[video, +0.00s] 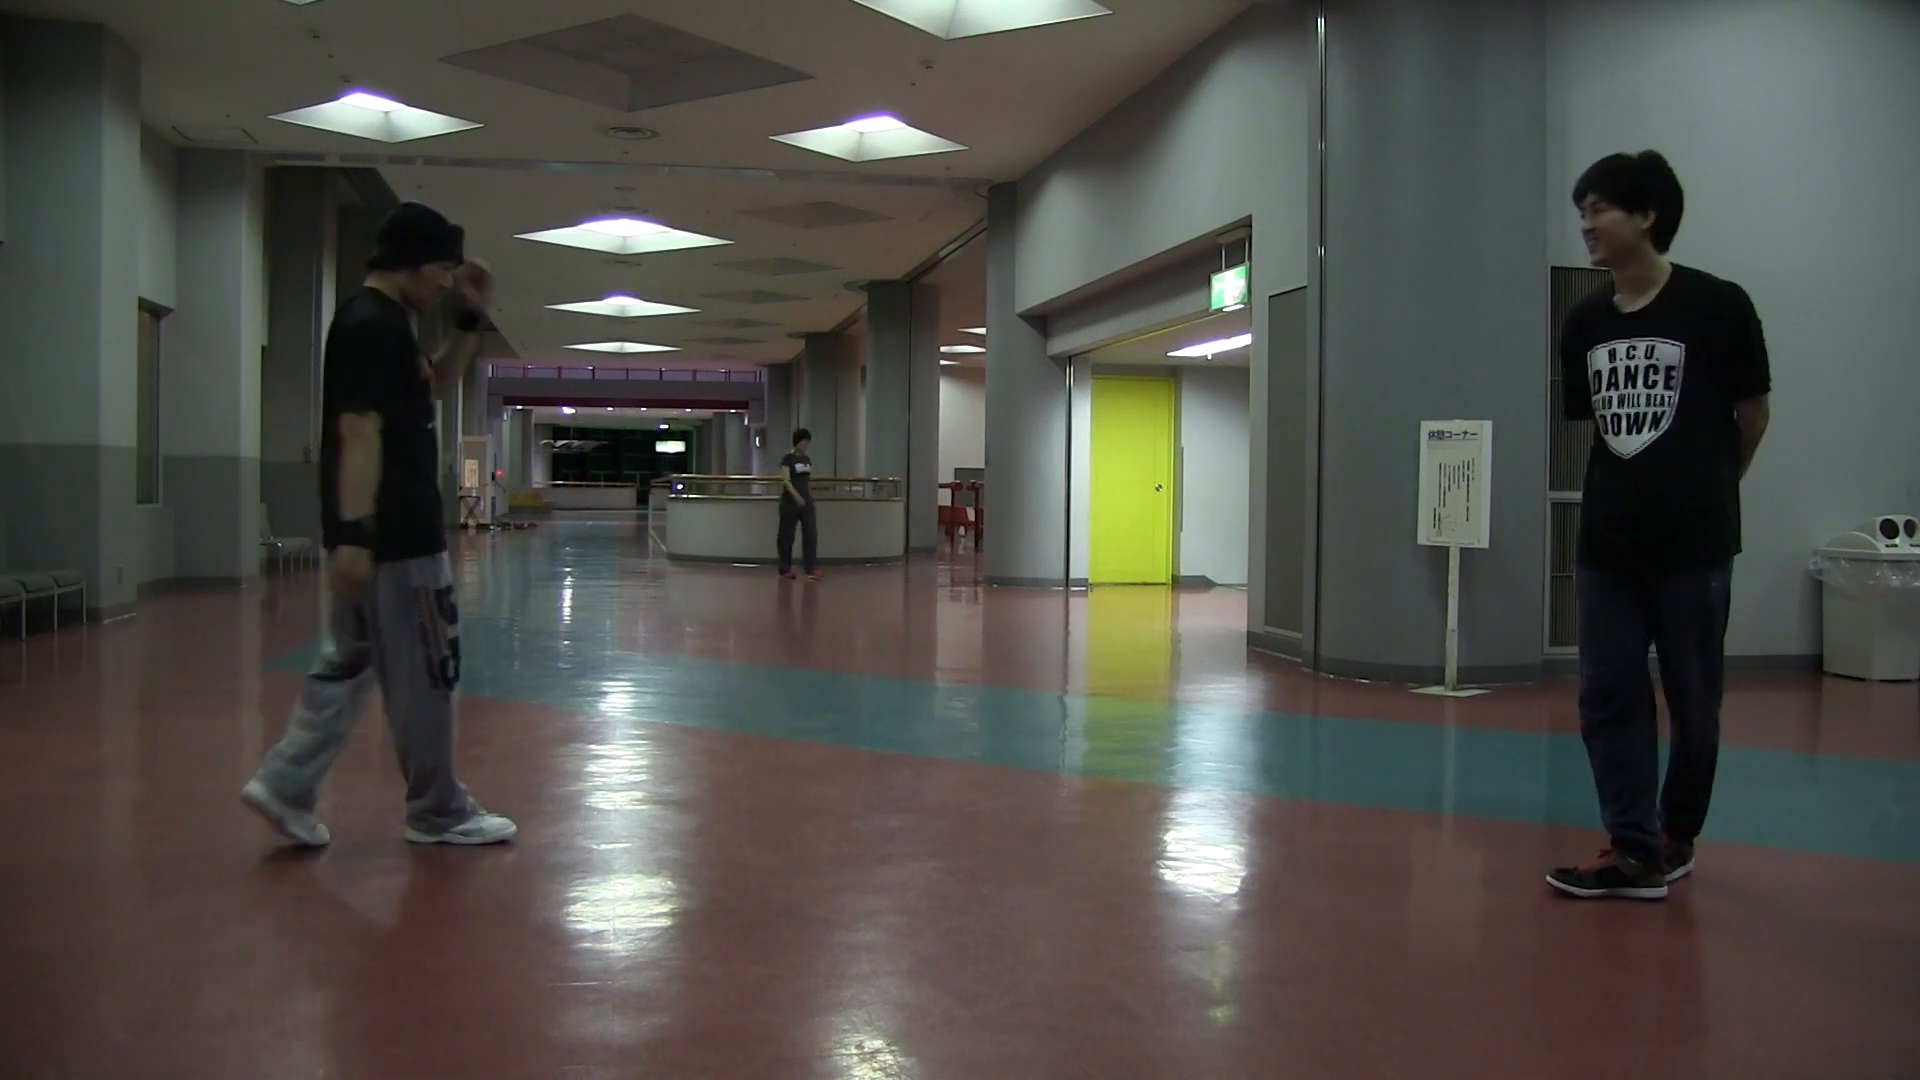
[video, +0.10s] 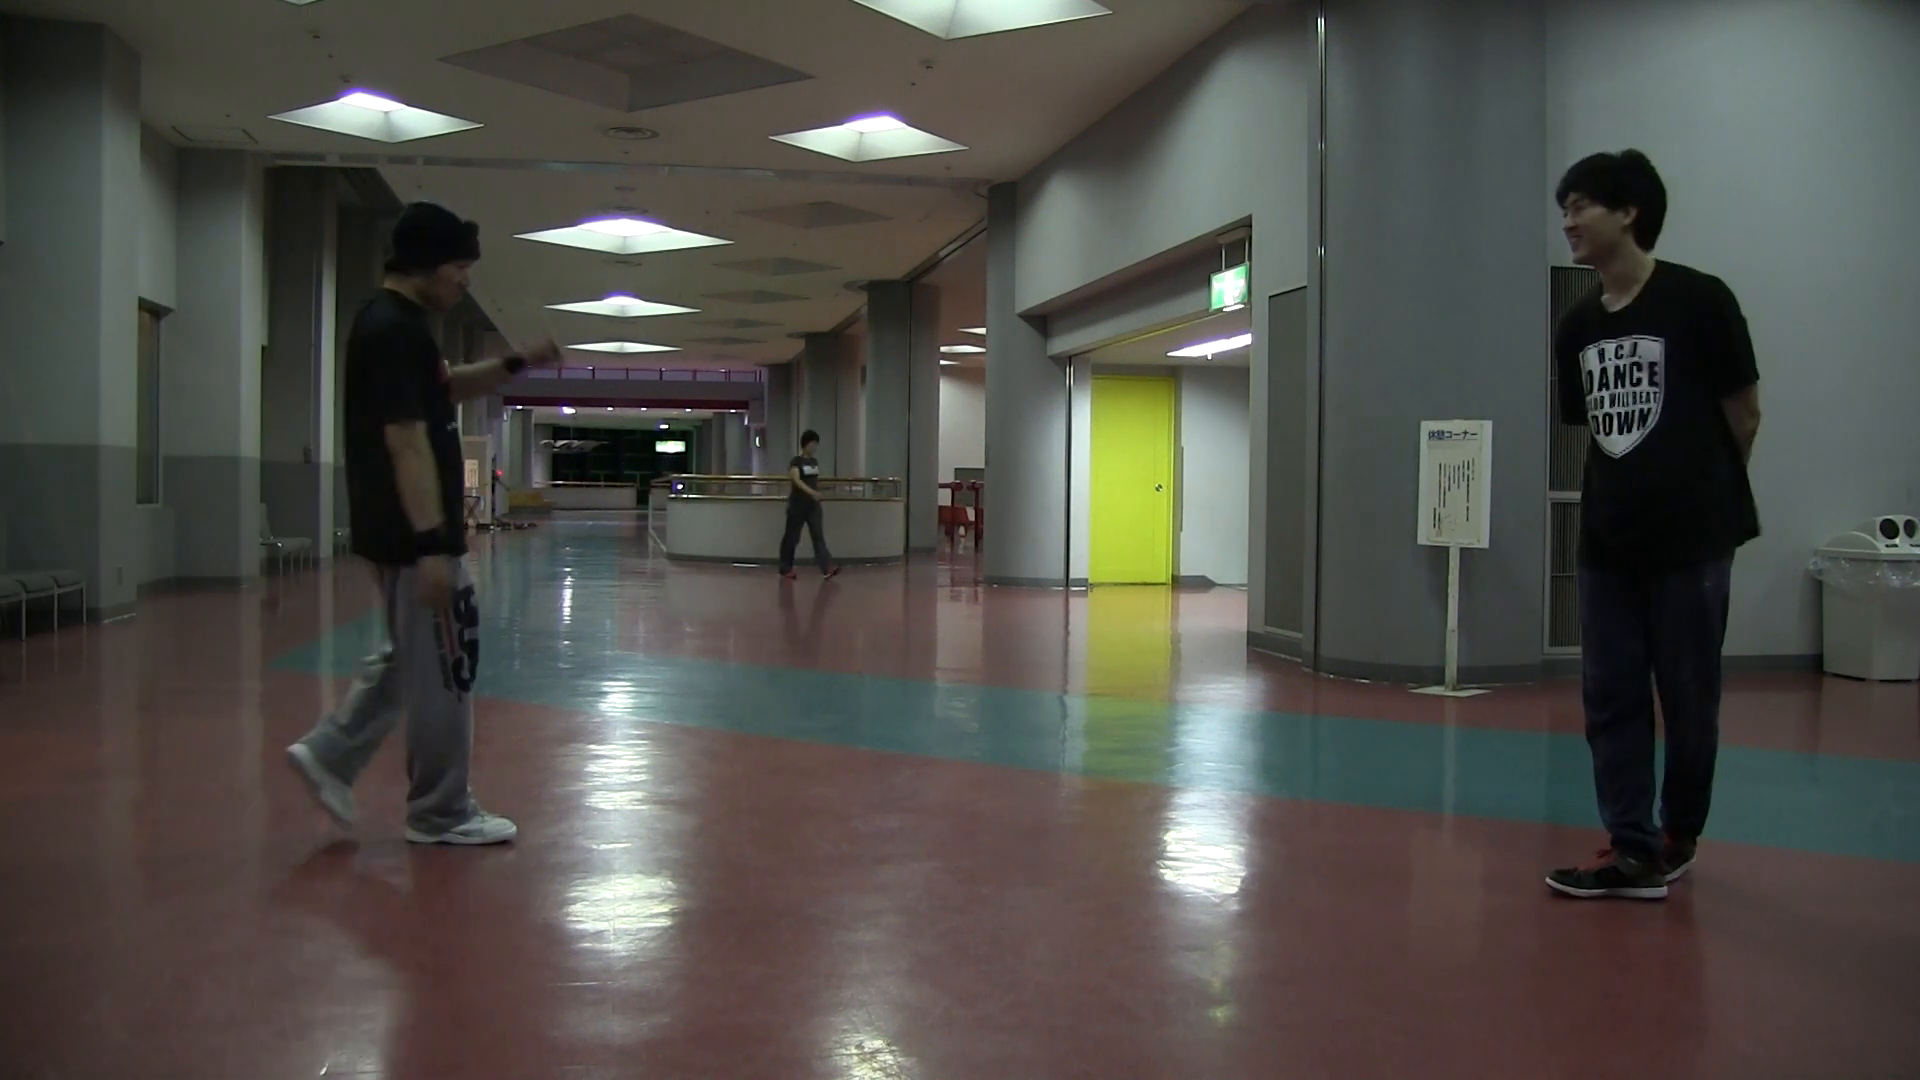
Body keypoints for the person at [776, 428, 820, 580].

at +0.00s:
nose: (806, 446)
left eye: (807, 442)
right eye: (805, 442)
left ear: (807, 443)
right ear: (798, 442)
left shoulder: (806, 460)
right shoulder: (787, 459)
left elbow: (805, 481)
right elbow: (786, 481)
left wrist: (808, 496)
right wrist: (797, 497)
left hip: (805, 499)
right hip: (790, 500)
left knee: (810, 534)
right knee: (786, 535)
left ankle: (810, 567)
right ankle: (785, 568)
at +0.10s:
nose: (815, 447)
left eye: (816, 444)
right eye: (813, 443)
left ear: (814, 445)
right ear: (806, 444)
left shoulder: (813, 462)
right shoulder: (796, 462)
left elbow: (812, 482)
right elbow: (797, 481)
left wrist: (815, 497)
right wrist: (813, 493)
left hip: (812, 503)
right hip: (798, 504)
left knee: (818, 536)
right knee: (791, 537)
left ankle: (827, 568)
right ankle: (785, 568)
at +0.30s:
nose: (834, 446)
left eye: (835, 442)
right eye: (832, 442)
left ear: (834, 444)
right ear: (823, 443)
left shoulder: (832, 461)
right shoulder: (814, 459)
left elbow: (830, 483)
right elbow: (812, 481)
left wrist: (834, 498)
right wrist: (823, 498)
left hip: (832, 500)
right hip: (817, 501)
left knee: (832, 537)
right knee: (816, 536)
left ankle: (831, 571)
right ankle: (797, 562)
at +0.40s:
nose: (840, 444)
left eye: (841, 441)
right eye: (838, 441)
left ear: (840, 441)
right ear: (831, 440)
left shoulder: (840, 458)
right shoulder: (821, 458)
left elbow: (842, 484)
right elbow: (816, 481)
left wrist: (845, 503)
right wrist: (819, 502)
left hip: (840, 502)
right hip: (826, 502)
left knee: (836, 536)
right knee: (830, 535)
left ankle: (833, 570)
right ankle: (815, 564)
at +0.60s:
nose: (857, 446)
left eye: (858, 443)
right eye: (854, 443)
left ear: (857, 444)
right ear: (846, 443)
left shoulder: (857, 461)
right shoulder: (836, 461)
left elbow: (864, 480)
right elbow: (823, 482)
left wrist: (877, 491)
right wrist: (816, 503)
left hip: (853, 504)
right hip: (840, 504)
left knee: (841, 539)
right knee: (849, 537)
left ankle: (832, 571)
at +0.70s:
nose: (866, 447)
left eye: (867, 444)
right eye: (863, 444)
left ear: (865, 445)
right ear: (855, 444)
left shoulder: (866, 462)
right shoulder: (843, 462)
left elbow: (874, 481)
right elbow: (832, 484)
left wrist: (887, 487)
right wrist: (822, 505)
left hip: (862, 505)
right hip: (849, 506)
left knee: (851, 540)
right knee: (860, 538)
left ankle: (835, 569)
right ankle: (868, 573)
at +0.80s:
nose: (875, 445)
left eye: (875, 442)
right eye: (873, 442)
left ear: (872, 443)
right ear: (864, 442)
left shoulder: (873, 461)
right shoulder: (853, 461)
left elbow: (881, 481)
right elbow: (844, 482)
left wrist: (893, 494)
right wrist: (840, 501)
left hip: (871, 504)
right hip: (858, 504)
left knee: (869, 537)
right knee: (867, 537)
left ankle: (847, 561)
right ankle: (869, 573)